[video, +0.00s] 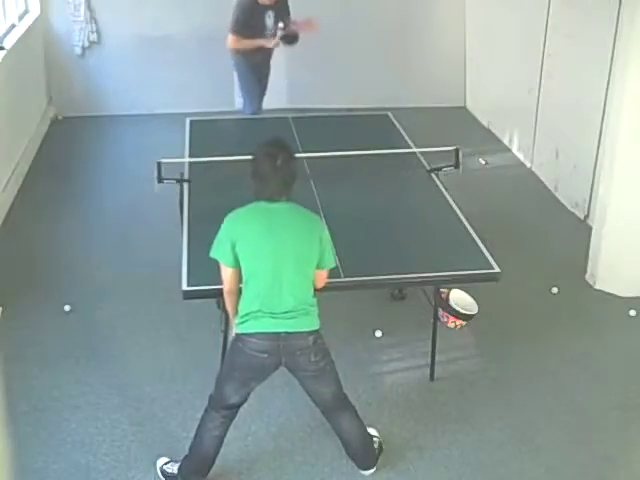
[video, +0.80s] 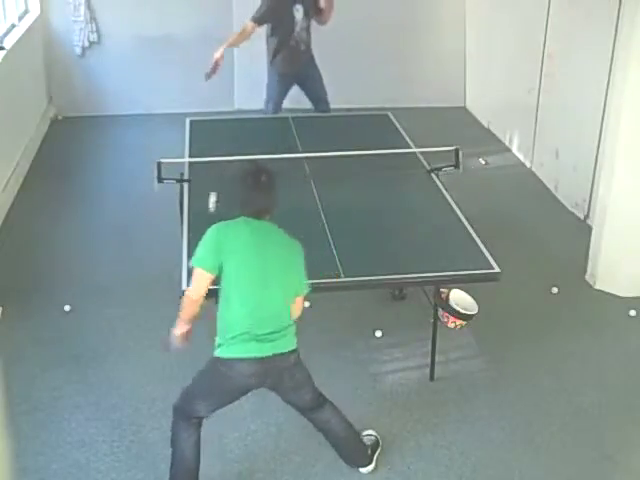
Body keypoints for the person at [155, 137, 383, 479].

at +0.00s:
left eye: (256, 171)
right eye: (285, 171)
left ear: (254, 177)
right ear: (292, 177)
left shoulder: (235, 221)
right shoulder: (313, 222)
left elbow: (230, 285)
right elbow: (320, 280)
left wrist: (236, 322)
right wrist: (290, 277)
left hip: (254, 340)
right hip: (305, 339)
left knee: (221, 409)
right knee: (336, 403)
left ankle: (189, 472)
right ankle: (367, 457)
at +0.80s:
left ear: (238, 197)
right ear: (272, 200)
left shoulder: (220, 234)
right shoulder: (291, 245)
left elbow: (196, 293)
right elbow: (296, 310)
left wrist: (182, 326)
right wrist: (266, 321)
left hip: (236, 364)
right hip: (285, 360)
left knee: (187, 414)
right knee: (317, 406)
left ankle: (183, 476)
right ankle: (364, 459)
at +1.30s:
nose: (223, 189)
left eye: (223, 181)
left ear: (224, 187)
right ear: (260, 184)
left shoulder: (231, 232)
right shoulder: (277, 223)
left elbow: (237, 295)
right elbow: (283, 276)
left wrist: (226, 355)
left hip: (259, 354)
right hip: (299, 343)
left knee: (210, 420)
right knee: (325, 398)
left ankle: (190, 475)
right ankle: (366, 455)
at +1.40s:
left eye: (221, 186)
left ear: (221, 192)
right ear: (258, 188)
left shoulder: (226, 241)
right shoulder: (277, 227)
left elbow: (227, 310)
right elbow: (291, 249)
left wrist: (208, 370)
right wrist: (302, 249)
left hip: (262, 359)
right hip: (304, 345)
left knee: (208, 416)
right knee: (324, 390)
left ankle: (187, 475)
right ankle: (365, 449)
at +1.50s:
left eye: (217, 195)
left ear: (216, 201)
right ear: (251, 198)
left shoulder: (213, 251)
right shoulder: (278, 236)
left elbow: (202, 321)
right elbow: (304, 286)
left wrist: (167, 376)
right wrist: (313, 267)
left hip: (255, 365)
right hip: (300, 353)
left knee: (200, 409)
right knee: (323, 391)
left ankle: (184, 475)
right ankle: (365, 448)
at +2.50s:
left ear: (225, 207)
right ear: (264, 204)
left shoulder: (211, 266)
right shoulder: (295, 245)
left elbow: (202, 345)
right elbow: (340, 293)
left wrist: (184, 412)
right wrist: (310, 323)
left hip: (234, 399)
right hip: (292, 395)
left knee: (196, 461)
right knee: (318, 449)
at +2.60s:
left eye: (216, 216)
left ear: (212, 223)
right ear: (251, 222)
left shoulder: (191, 282)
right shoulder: (284, 267)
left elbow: (167, 356)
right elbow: (320, 322)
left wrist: (141, 421)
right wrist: (293, 351)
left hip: (219, 414)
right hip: (280, 407)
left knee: (183, 473)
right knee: (312, 452)